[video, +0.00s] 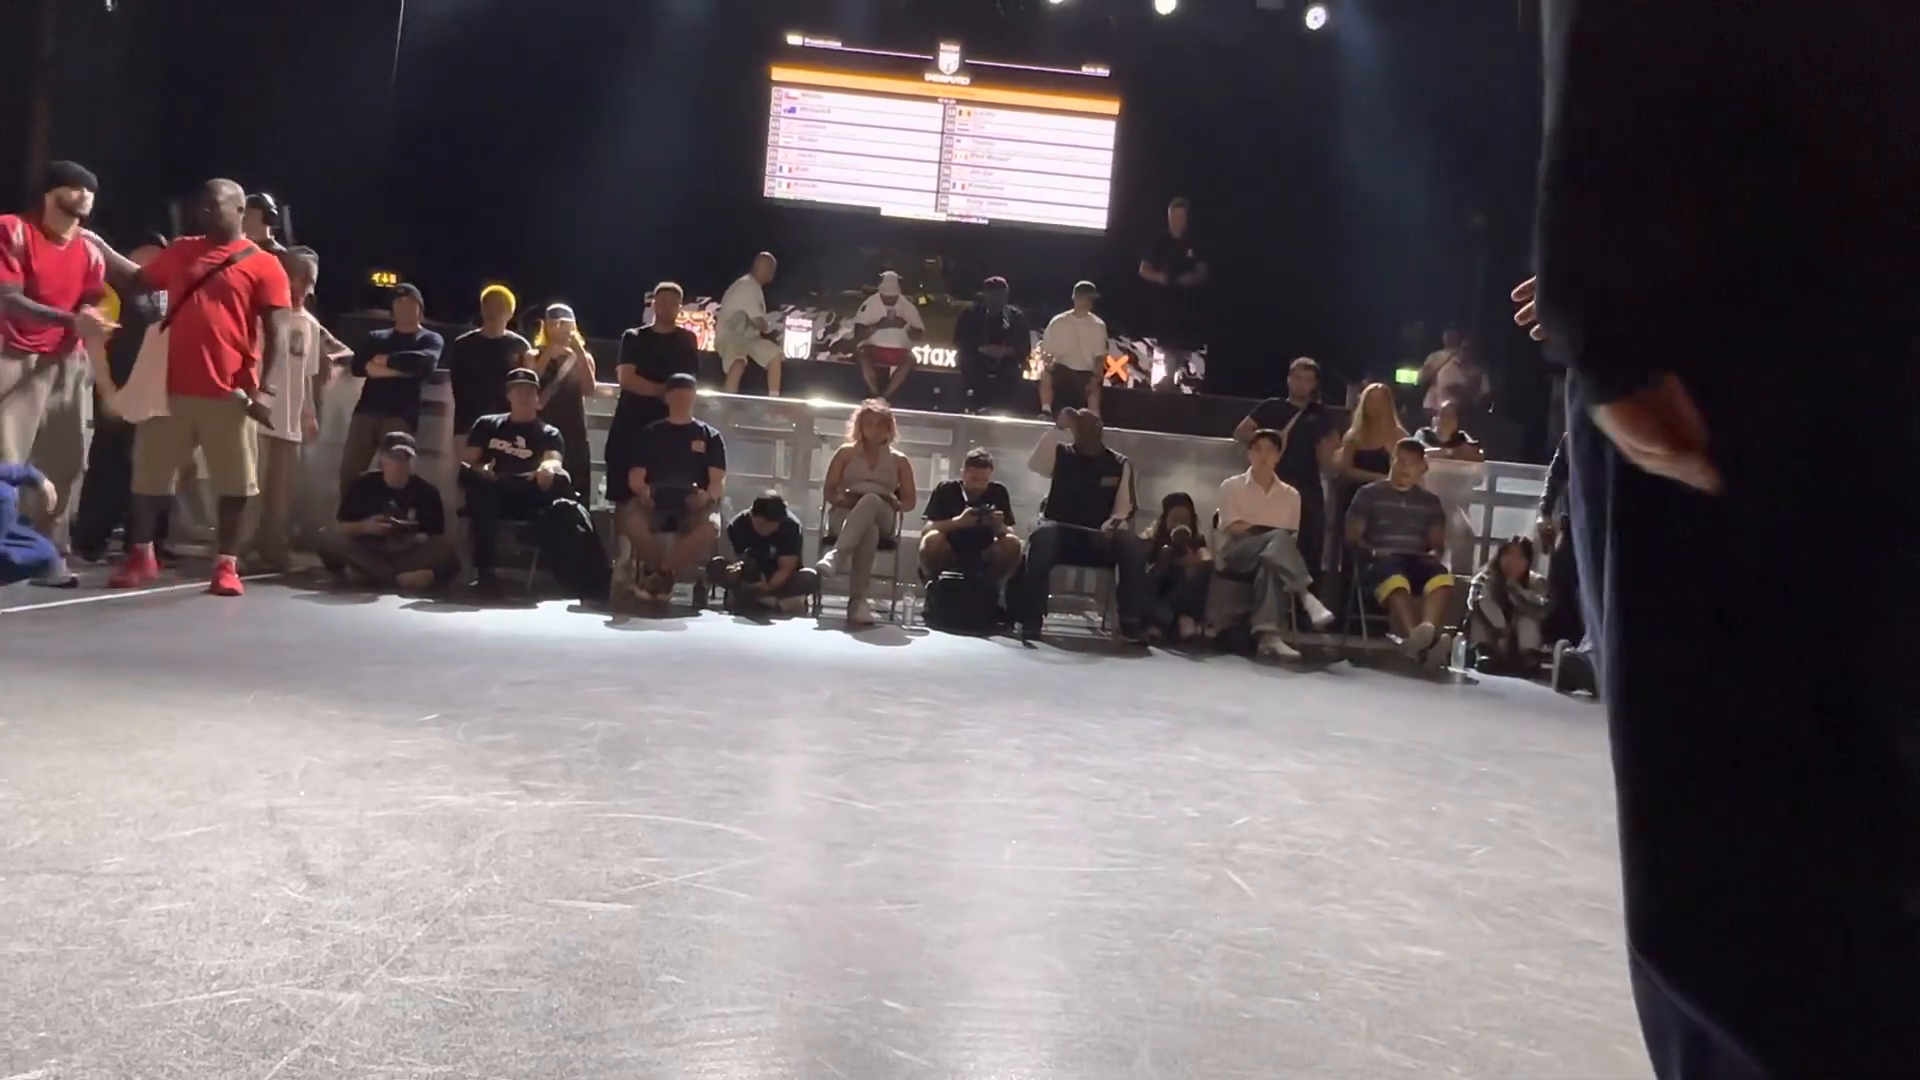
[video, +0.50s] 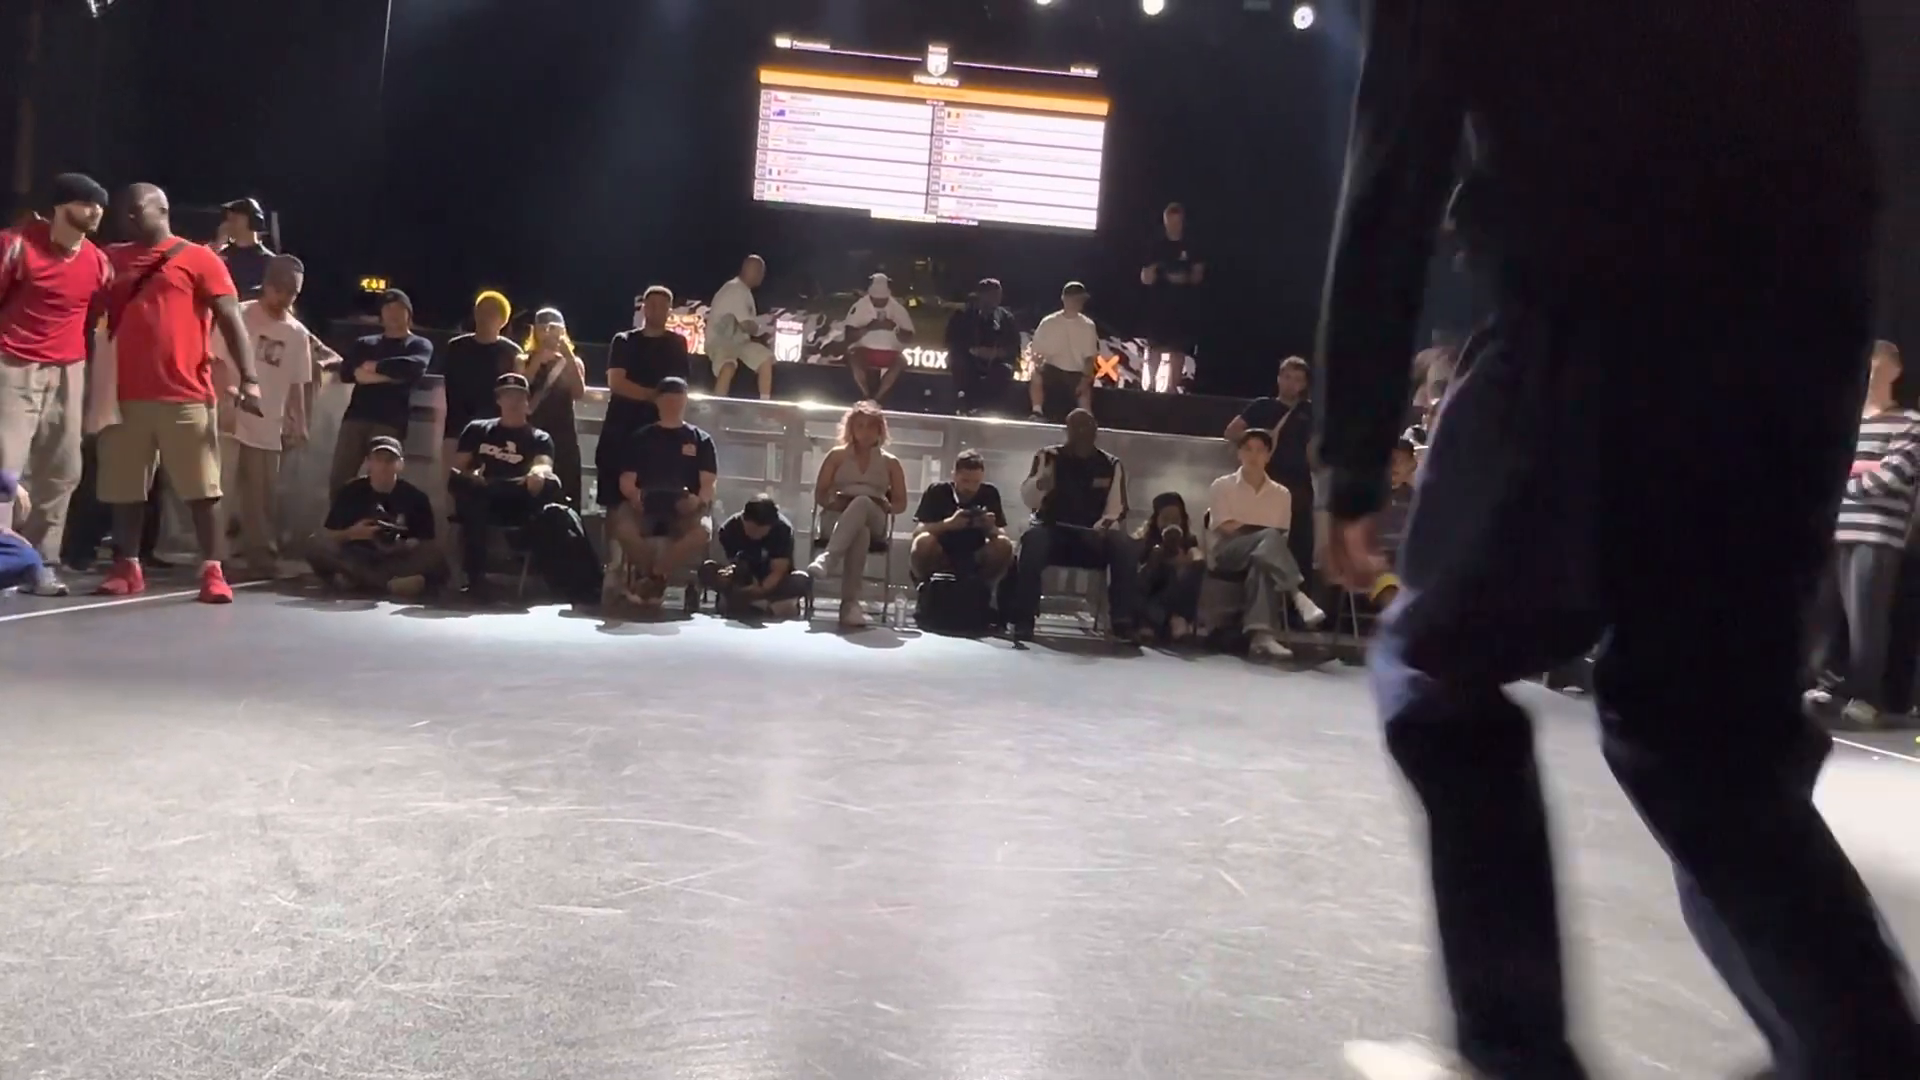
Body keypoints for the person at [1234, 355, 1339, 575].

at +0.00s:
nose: (1301, 384)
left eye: (1307, 379)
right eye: (1296, 378)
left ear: (1315, 384)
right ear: (1288, 380)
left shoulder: (1320, 414)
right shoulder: (1272, 406)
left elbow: (1329, 457)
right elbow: (1241, 432)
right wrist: (1268, 446)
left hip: (1307, 488)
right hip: (1271, 485)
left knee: (1307, 547)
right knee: (1269, 541)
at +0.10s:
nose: (1300, 385)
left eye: (1306, 380)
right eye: (1295, 378)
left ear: (1313, 385)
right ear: (1287, 380)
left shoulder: (1318, 412)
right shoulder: (1271, 407)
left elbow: (1331, 445)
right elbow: (1239, 432)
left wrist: (1309, 457)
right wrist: (1267, 448)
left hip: (1306, 486)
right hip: (1270, 484)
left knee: (1307, 544)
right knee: (1268, 539)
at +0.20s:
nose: (1298, 385)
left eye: (1304, 381)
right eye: (1294, 379)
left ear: (1311, 386)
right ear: (1285, 381)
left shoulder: (1316, 413)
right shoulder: (1268, 408)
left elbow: (1326, 452)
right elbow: (1237, 433)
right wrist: (1266, 446)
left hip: (1304, 487)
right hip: (1270, 484)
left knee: (1306, 546)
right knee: (1269, 539)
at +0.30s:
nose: (1297, 385)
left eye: (1303, 380)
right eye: (1292, 379)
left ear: (1309, 385)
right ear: (1283, 380)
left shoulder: (1313, 413)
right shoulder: (1266, 407)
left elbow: (1325, 450)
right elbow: (1235, 432)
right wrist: (1264, 444)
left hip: (1302, 487)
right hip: (1268, 485)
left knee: (1303, 546)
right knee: (1267, 539)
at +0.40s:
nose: (1294, 384)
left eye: (1300, 380)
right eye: (1289, 378)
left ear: (1307, 385)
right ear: (1280, 380)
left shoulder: (1312, 413)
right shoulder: (1264, 407)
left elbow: (1322, 451)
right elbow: (1233, 432)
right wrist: (1262, 443)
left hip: (1301, 488)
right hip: (1265, 484)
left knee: (1301, 547)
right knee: (1265, 540)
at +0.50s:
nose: (1293, 383)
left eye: (1299, 379)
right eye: (1289, 378)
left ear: (1305, 384)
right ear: (1279, 379)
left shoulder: (1309, 412)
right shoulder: (1262, 406)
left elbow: (1311, 448)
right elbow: (1232, 431)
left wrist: (1315, 470)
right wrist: (1259, 447)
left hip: (1299, 485)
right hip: (1267, 481)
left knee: (1300, 546)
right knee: (1269, 537)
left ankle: (1298, 601)